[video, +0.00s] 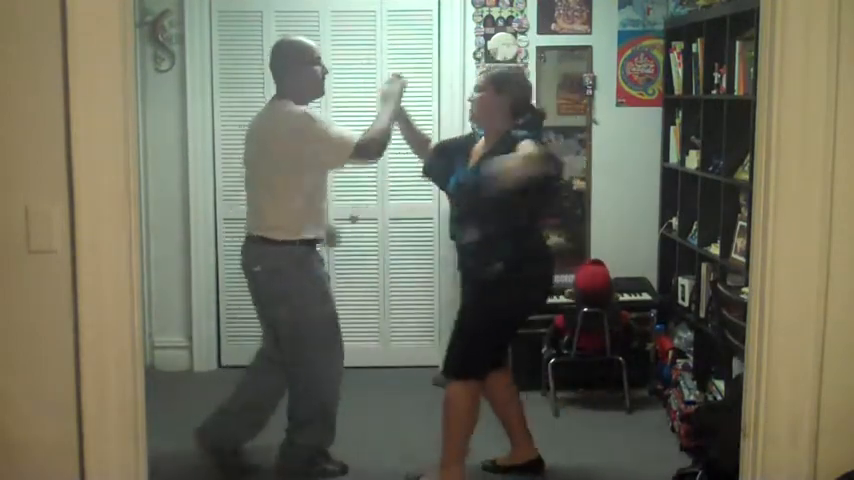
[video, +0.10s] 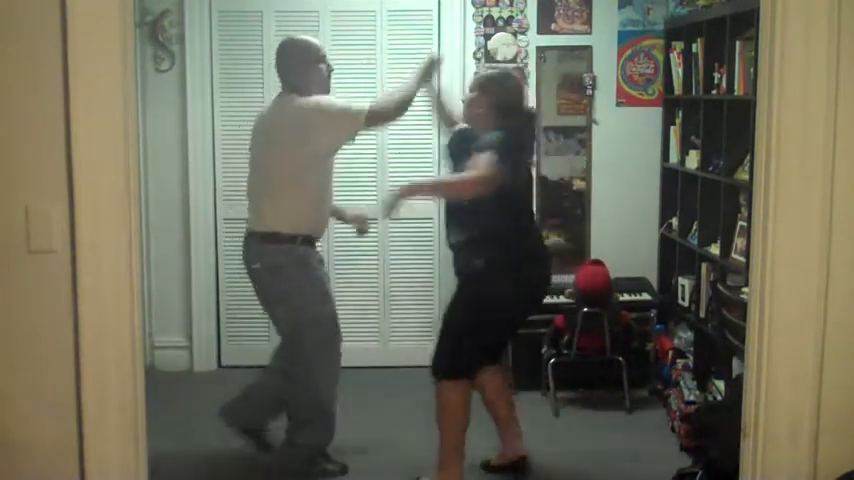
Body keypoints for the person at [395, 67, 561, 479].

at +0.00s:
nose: (472, 98)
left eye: (482, 91)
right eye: (475, 91)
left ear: (507, 100)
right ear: (491, 100)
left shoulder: (523, 142)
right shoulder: (469, 146)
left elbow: (535, 161)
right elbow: (429, 154)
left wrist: (508, 169)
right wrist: (397, 112)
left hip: (515, 269)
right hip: (480, 269)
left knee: (462, 367)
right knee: (490, 361)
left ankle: (450, 470)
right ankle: (524, 451)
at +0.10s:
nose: (468, 101)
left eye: (475, 95)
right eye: (471, 94)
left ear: (494, 104)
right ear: (498, 105)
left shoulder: (497, 141)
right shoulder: (484, 139)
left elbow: (482, 181)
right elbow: (452, 125)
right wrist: (433, 89)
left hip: (497, 266)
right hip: (511, 263)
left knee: (451, 364)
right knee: (482, 355)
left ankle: (449, 469)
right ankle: (513, 448)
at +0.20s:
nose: (522, 103)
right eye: (518, 97)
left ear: (474, 102)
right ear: (517, 101)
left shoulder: (459, 147)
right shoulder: (529, 143)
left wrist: (405, 194)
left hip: (470, 273)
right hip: (524, 272)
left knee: (446, 363)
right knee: (497, 356)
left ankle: (447, 468)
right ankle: (481, 451)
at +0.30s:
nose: (512, 93)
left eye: (501, 88)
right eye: (509, 88)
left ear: (467, 98)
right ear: (509, 97)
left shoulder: (450, 141)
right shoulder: (526, 137)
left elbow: (407, 178)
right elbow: (560, 76)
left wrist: (446, 216)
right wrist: (516, 38)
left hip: (453, 262)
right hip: (511, 265)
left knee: (444, 346)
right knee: (509, 360)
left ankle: (424, 433)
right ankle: (461, 445)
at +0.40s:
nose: (516, 94)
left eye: (514, 86)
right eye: (509, 86)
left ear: (472, 94)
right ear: (493, 92)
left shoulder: (465, 136)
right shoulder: (495, 135)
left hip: (455, 256)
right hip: (482, 260)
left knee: (484, 345)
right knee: (500, 354)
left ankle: (414, 394)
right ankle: (458, 438)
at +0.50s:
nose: (510, 92)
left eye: (514, 83)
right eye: (500, 83)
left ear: (519, 90)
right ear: (480, 89)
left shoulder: (519, 139)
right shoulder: (469, 126)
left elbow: (535, 185)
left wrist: (566, 205)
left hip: (506, 262)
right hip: (460, 258)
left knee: (522, 354)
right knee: (480, 357)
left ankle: (466, 389)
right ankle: (471, 441)